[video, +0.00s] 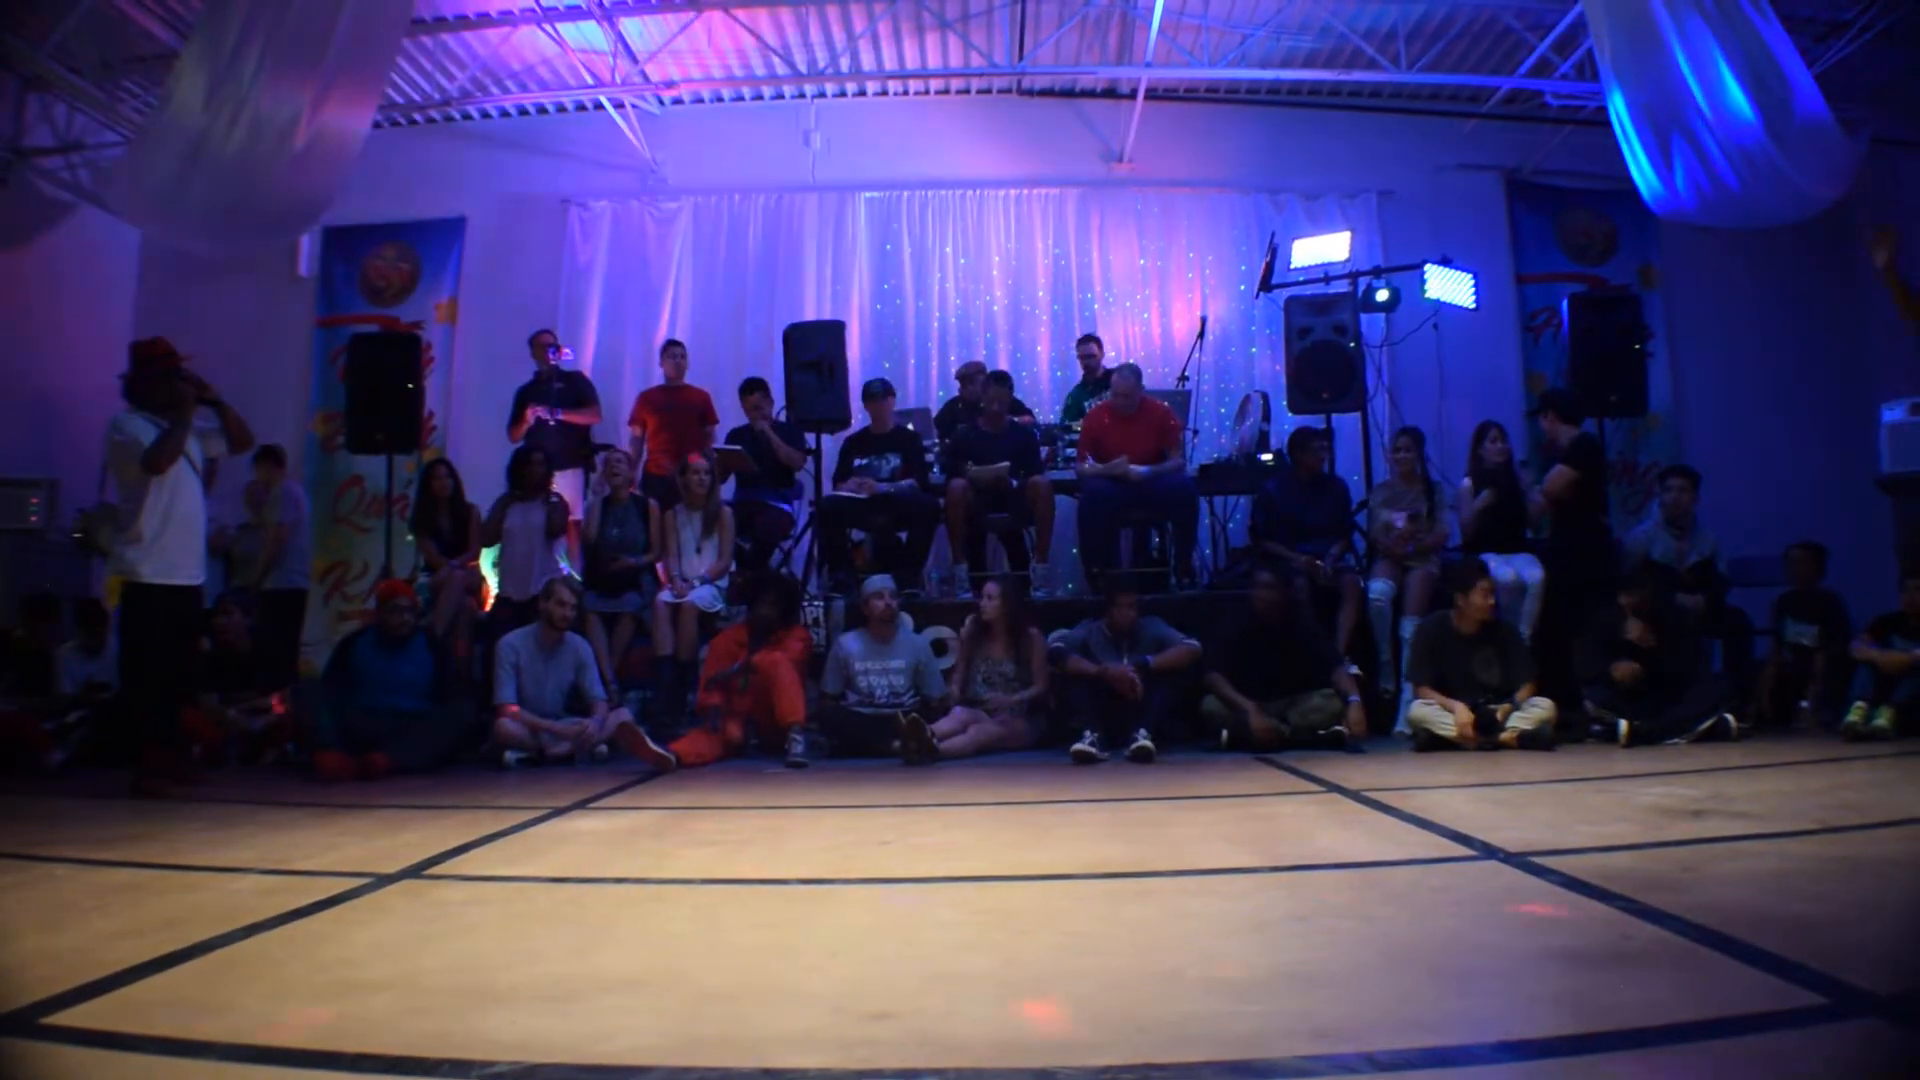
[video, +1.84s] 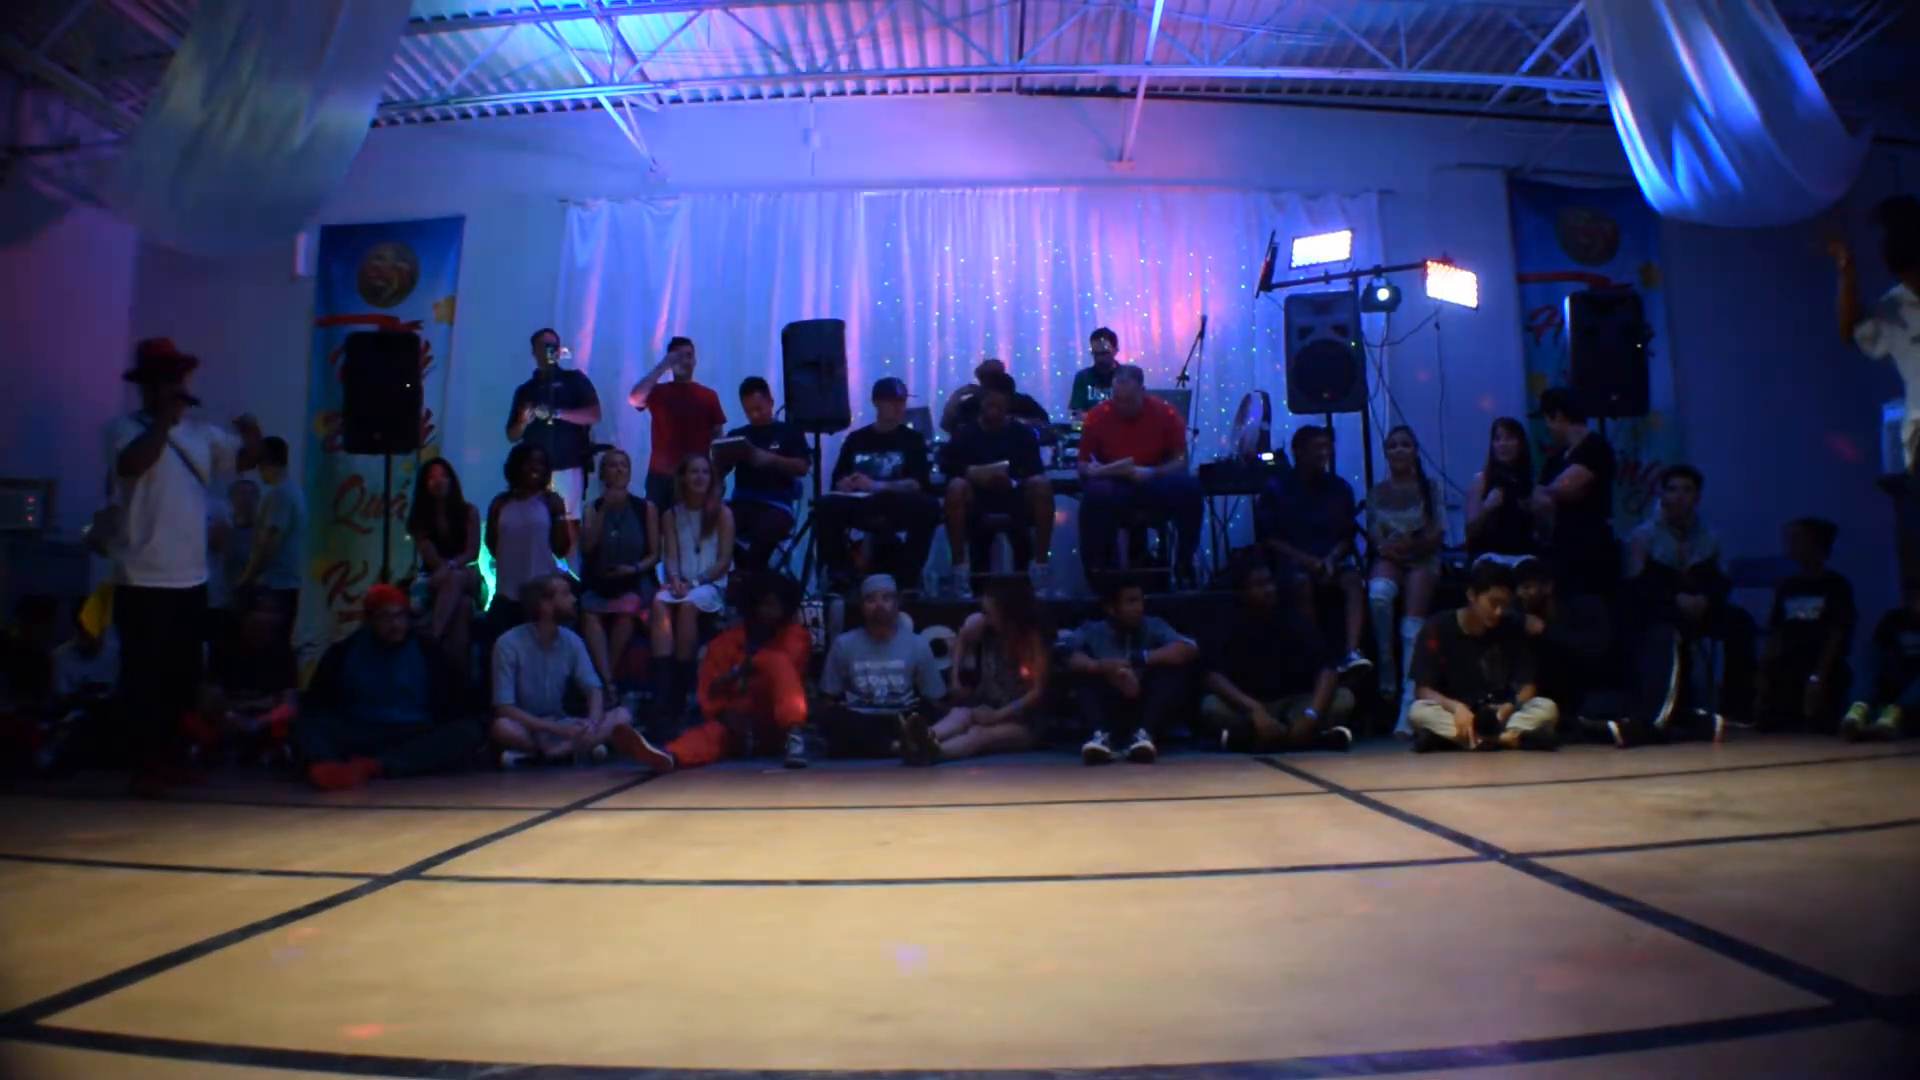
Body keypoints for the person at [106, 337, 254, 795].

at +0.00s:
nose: (176, 387)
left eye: (178, 378)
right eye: (165, 379)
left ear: (179, 385)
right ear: (143, 385)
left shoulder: (183, 433)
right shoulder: (127, 427)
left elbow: (241, 441)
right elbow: (155, 462)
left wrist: (213, 400)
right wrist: (184, 412)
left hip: (186, 580)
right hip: (147, 580)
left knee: (180, 681)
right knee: (148, 682)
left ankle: (176, 764)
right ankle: (147, 769)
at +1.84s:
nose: (179, 390)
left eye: (181, 383)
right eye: (169, 383)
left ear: (185, 387)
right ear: (147, 386)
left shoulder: (200, 433)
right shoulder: (126, 429)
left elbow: (245, 462)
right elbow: (130, 468)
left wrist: (250, 438)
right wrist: (165, 423)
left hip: (191, 581)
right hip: (143, 581)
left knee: (185, 682)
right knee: (144, 681)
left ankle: (177, 762)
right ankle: (143, 768)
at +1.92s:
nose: (182, 389)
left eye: (184, 381)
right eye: (171, 382)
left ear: (186, 387)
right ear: (147, 387)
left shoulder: (202, 435)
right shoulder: (125, 431)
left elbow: (256, 463)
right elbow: (124, 468)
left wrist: (250, 469)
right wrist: (156, 421)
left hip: (191, 585)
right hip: (142, 585)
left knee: (184, 685)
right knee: (144, 685)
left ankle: (177, 763)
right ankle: (143, 769)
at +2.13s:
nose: (173, 393)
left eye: (178, 385)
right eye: (163, 386)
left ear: (185, 388)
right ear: (144, 391)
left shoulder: (207, 437)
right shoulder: (128, 434)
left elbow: (241, 491)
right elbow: (117, 471)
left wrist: (240, 526)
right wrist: (150, 422)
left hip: (194, 585)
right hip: (142, 584)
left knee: (185, 681)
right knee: (143, 682)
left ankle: (177, 761)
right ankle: (142, 765)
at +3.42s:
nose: (207, 382)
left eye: (210, 373)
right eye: (196, 374)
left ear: (216, 377)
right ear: (174, 379)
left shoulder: (228, 431)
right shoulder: (153, 428)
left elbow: (251, 498)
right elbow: (155, 464)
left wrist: (266, 550)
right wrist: (186, 413)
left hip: (226, 582)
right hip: (172, 584)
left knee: (222, 682)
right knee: (177, 684)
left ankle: (215, 765)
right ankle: (183, 768)